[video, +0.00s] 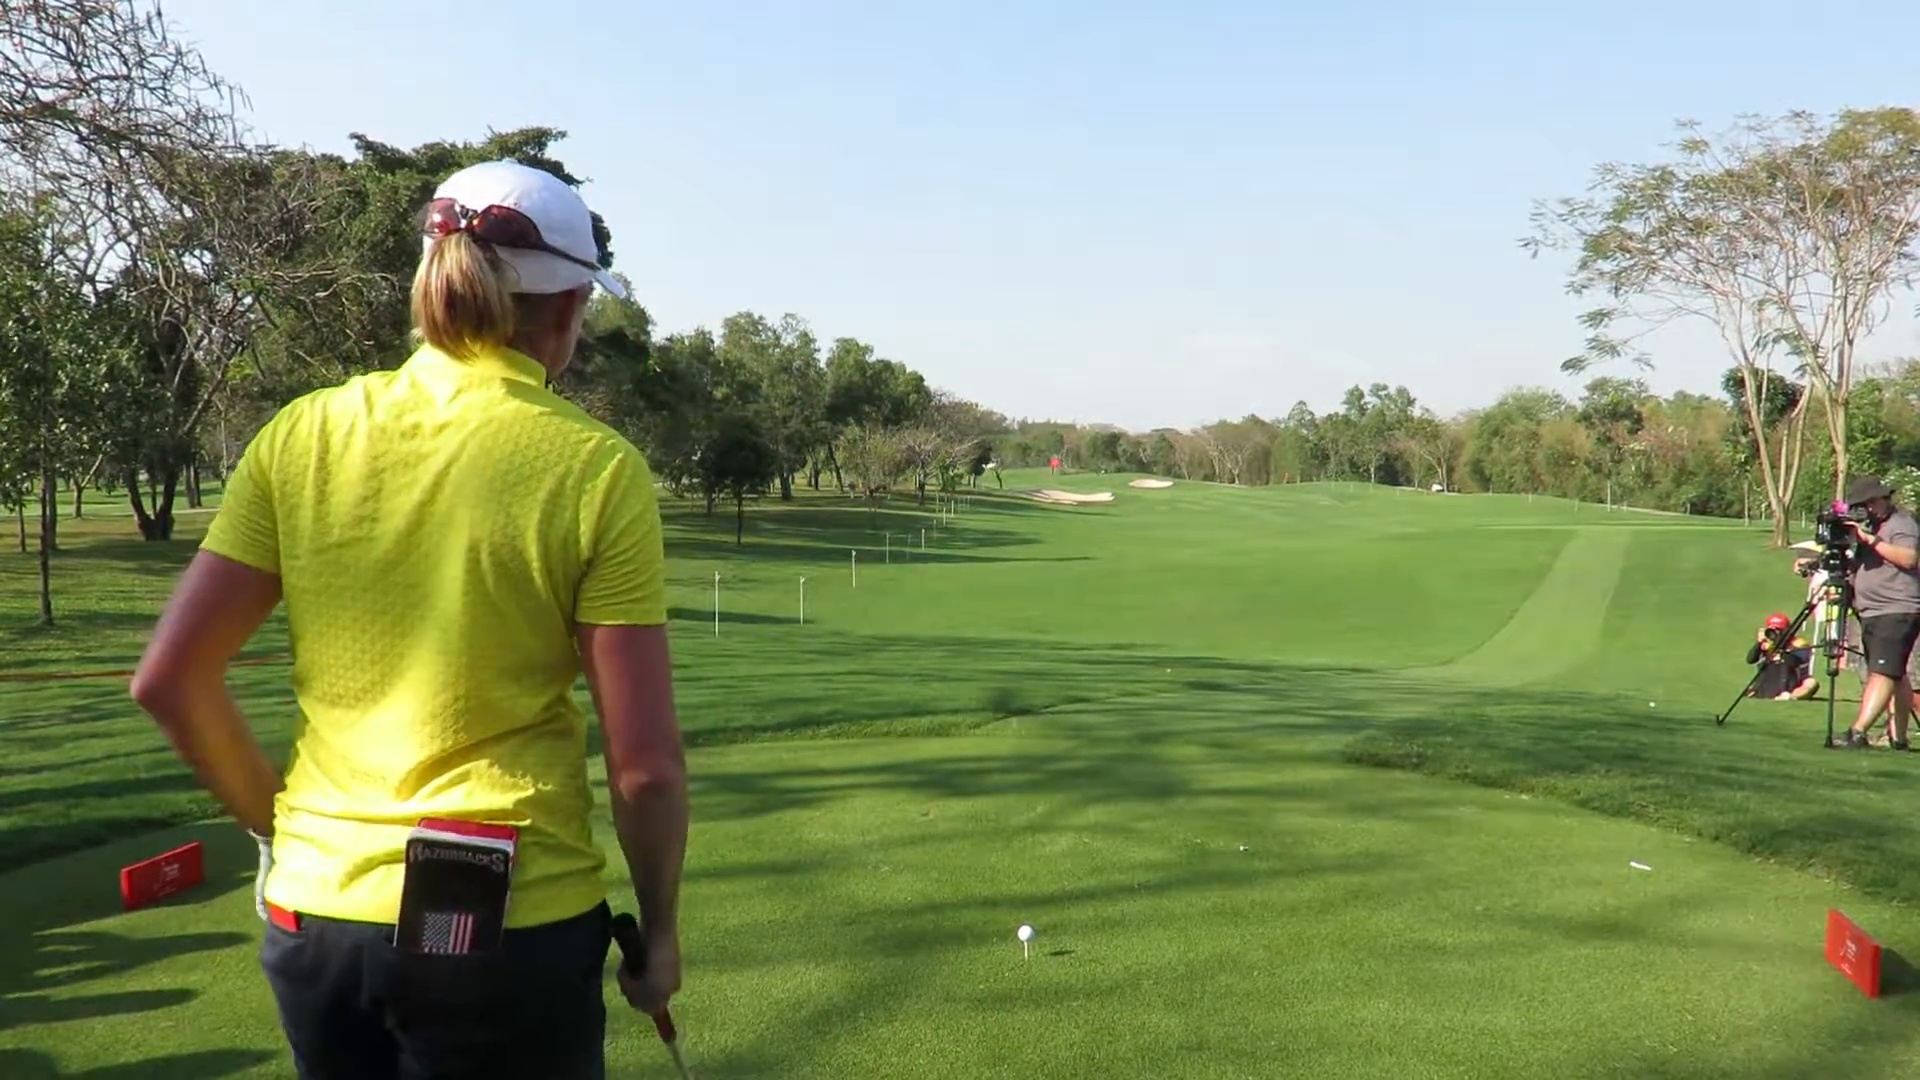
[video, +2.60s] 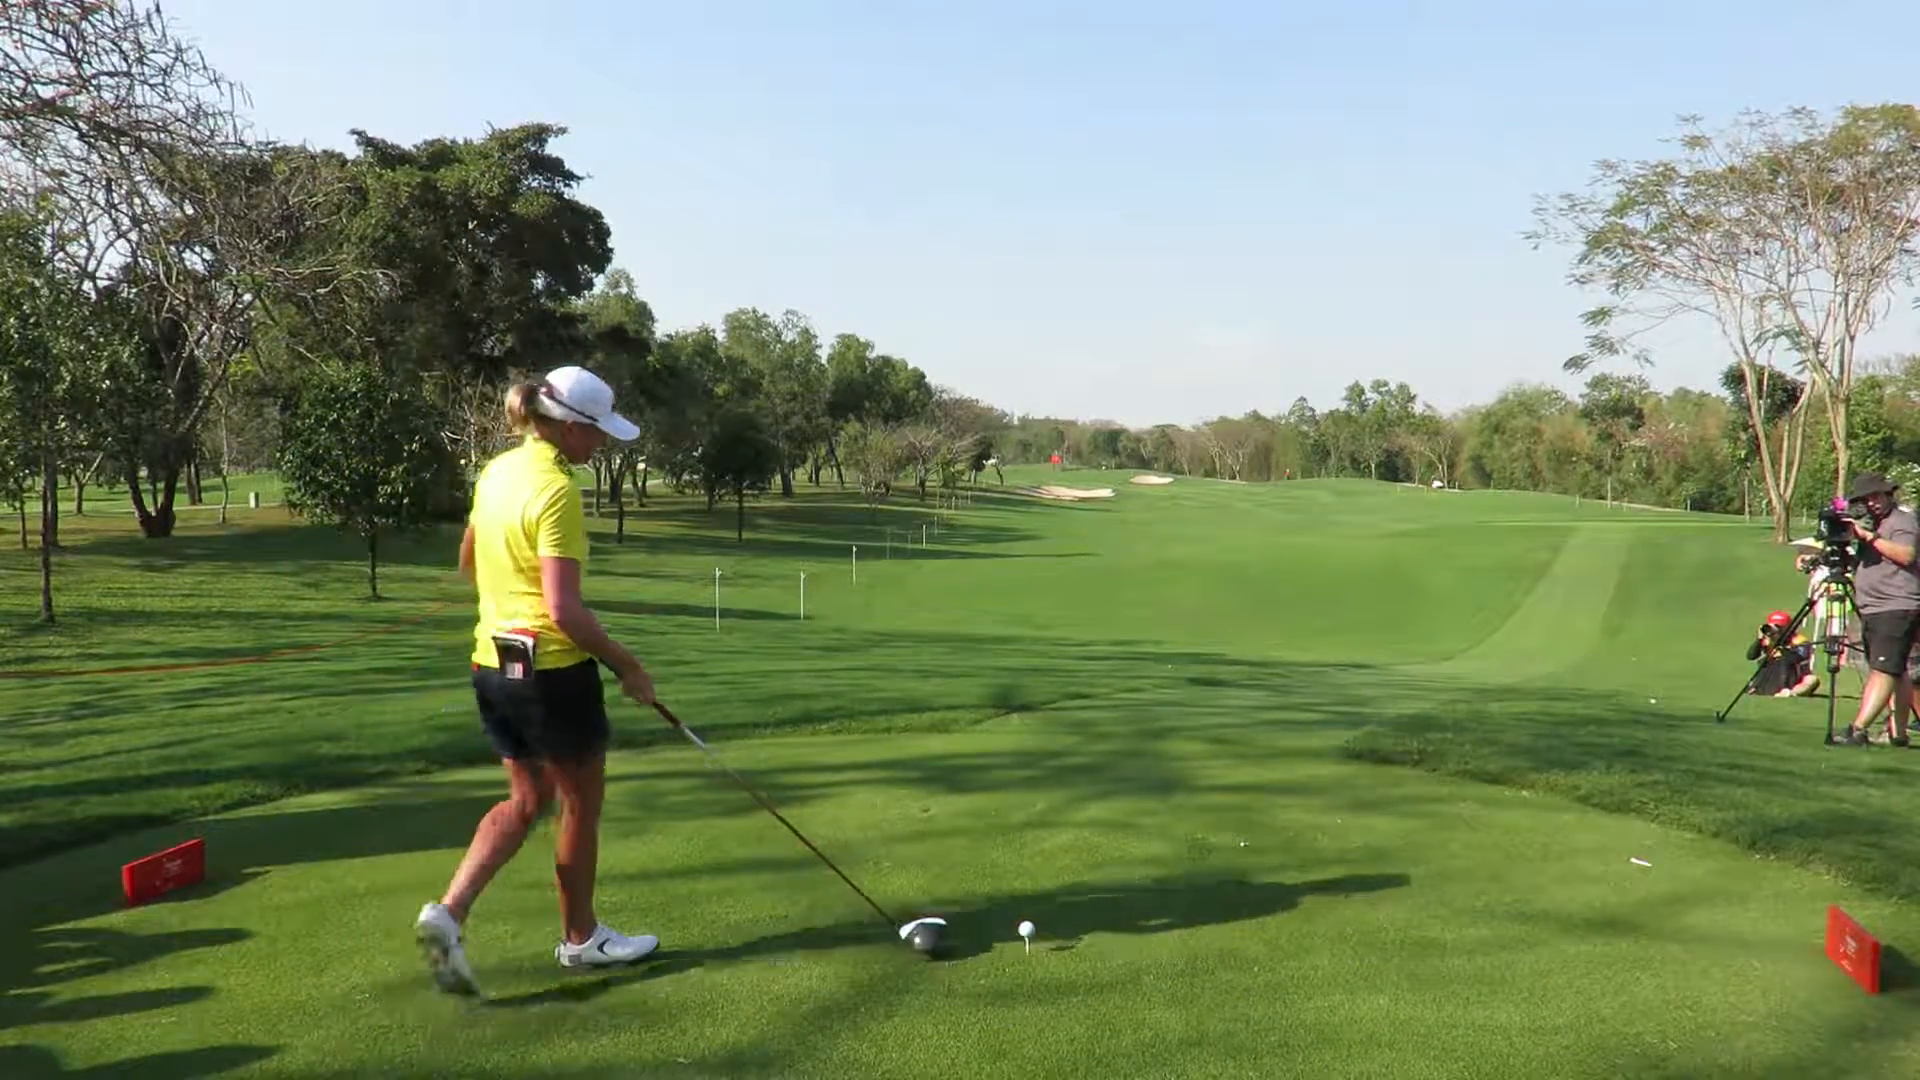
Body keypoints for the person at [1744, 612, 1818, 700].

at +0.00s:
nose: (1774, 636)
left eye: (1777, 632)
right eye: (1771, 632)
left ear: (1786, 631)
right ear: (1767, 632)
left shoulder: (1798, 644)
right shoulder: (1767, 645)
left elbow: (1799, 661)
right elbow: (1750, 660)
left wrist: (1783, 655)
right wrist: (1759, 643)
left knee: (1812, 683)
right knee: (1749, 691)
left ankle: (1791, 696)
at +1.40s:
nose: (1777, 633)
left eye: (1781, 630)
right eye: (1774, 630)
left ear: (1789, 630)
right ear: (1770, 630)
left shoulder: (1799, 644)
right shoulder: (1767, 642)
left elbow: (1797, 660)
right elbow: (1750, 661)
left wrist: (1782, 655)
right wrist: (1757, 644)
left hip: (1792, 682)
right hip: (1770, 680)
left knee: (1812, 683)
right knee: (1749, 691)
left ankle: (1791, 696)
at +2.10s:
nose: (1772, 634)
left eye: (1776, 630)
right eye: (1770, 630)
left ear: (1785, 630)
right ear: (1769, 629)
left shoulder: (1799, 642)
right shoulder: (1769, 642)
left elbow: (1800, 658)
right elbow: (1751, 658)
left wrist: (1783, 654)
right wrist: (1760, 642)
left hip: (1794, 678)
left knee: (1812, 681)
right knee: (1751, 688)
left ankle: (1791, 694)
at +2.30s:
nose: (1772, 634)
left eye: (1777, 630)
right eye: (1770, 630)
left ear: (1786, 630)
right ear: (1767, 629)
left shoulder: (1799, 643)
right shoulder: (1769, 642)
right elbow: (1750, 657)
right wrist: (1759, 641)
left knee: (1812, 680)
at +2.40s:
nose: (1772, 634)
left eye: (1776, 631)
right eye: (1770, 630)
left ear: (1785, 630)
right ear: (1767, 630)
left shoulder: (1799, 643)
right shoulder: (1769, 642)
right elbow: (1750, 657)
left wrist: (1793, 693)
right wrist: (1759, 641)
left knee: (1812, 680)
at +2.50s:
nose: (1772, 634)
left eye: (1776, 630)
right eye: (1770, 630)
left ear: (1785, 630)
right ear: (1768, 629)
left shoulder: (1800, 642)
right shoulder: (1770, 642)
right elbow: (1751, 657)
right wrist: (1759, 641)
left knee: (1812, 680)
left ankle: (1792, 693)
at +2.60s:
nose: (1771, 633)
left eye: (1776, 630)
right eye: (1770, 630)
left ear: (1785, 630)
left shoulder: (1800, 643)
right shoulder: (1770, 641)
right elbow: (1751, 656)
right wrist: (1759, 640)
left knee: (1813, 679)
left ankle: (1792, 693)